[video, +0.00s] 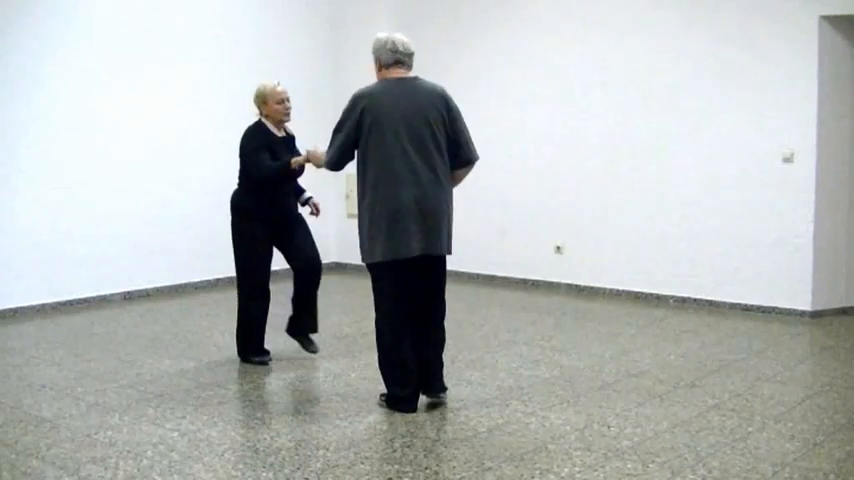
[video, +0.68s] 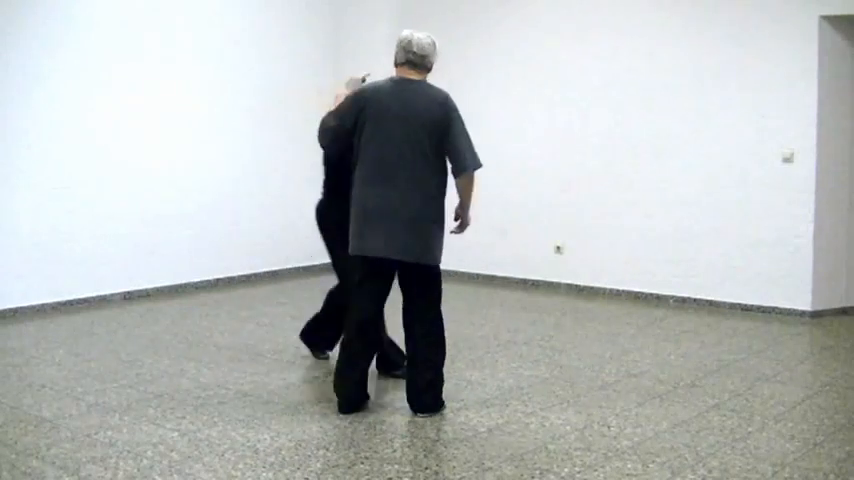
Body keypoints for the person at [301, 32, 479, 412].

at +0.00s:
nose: (373, 70)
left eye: (373, 65)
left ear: (377, 64)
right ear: (411, 62)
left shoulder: (366, 100)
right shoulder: (438, 96)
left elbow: (335, 160)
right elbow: (466, 159)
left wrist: (316, 158)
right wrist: (437, 189)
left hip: (384, 224)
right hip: (434, 222)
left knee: (391, 310)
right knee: (431, 307)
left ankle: (401, 395)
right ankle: (434, 387)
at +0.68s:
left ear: (395, 60)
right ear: (430, 65)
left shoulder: (367, 96)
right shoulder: (441, 102)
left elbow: (328, 137)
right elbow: (465, 166)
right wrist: (464, 206)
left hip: (369, 227)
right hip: (421, 230)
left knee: (362, 312)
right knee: (424, 316)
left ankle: (349, 397)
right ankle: (425, 399)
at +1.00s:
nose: (420, 69)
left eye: (418, 63)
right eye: (419, 64)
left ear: (381, 60)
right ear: (414, 65)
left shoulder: (348, 94)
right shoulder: (412, 102)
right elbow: (425, 172)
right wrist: (435, 202)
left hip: (345, 226)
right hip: (396, 229)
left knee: (347, 316)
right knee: (405, 309)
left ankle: (350, 397)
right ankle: (405, 385)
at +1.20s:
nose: (421, 74)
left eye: (422, 68)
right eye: (420, 68)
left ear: (382, 65)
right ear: (413, 70)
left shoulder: (358, 94)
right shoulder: (407, 107)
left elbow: (386, 87)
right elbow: (412, 175)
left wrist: (419, 74)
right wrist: (438, 192)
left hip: (346, 224)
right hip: (388, 227)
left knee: (348, 315)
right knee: (394, 311)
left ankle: (349, 396)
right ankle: (391, 386)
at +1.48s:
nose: (435, 73)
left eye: (434, 67)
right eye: (432, 67)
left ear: (399, 67)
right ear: (414, 69)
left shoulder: (378, 89)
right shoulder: (402, 105)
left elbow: (431, 83)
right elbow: (415, 175)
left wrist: (469, 64)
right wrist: (460, 184)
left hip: (367, 213)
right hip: (392, 220)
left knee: (381, 292)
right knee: (406, 299)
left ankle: (349, 358)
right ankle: (390, 385)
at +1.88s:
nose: (440, 76)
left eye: (441, 68)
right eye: (436, 69)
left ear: (420, 67)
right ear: (411, 69)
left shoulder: (420, 100)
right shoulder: (387, 107)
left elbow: (454, 120)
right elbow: (417, 171)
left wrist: (501, 108)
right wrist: (476, 180)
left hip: (415, 227)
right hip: (388, 232)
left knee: (433, 284)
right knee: (399, 308)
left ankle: (388, 344)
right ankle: (395, 384)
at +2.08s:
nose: (447, 72)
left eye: (447, 65)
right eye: (441, 65)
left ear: (424, 67)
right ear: (416, 66)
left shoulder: (432, 102)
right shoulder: (388, 105)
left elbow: (445, 152)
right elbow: (398, 171)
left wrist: (488, 161)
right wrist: (452, 191)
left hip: (425, 230)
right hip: (392, 234)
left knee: (431, 304)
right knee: (397, 311)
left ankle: (420, 371)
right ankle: (394, 383)